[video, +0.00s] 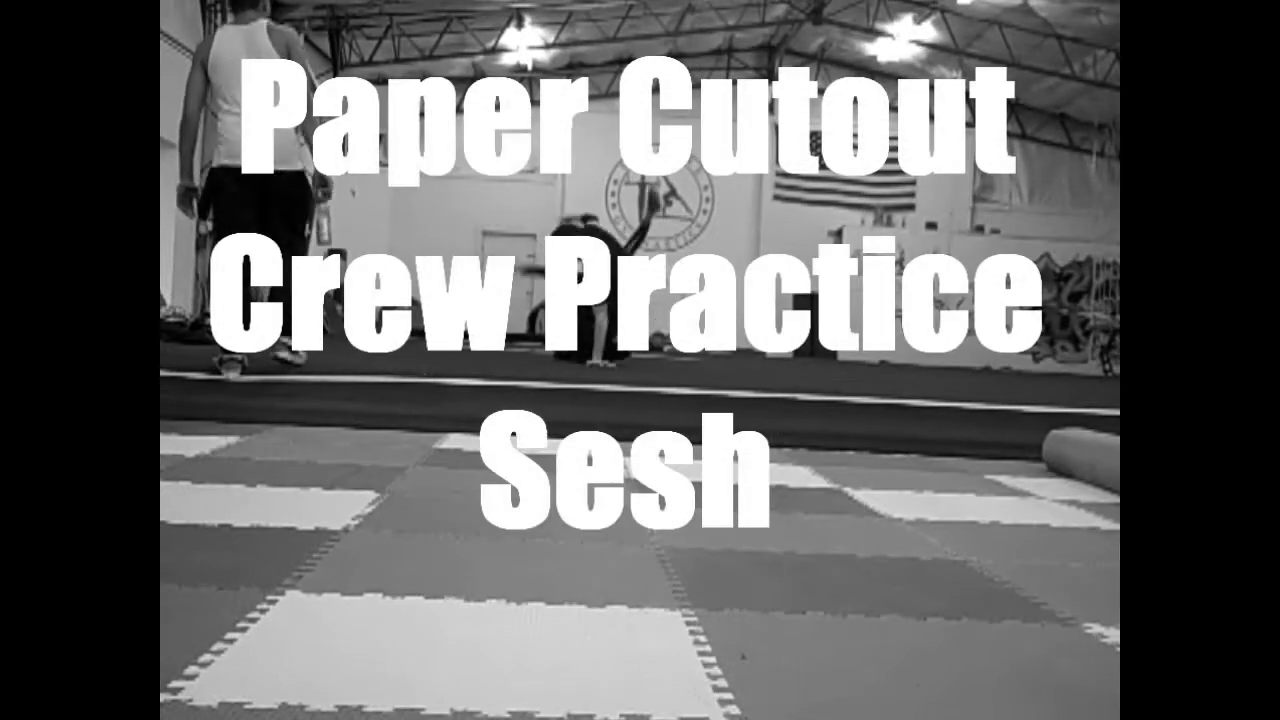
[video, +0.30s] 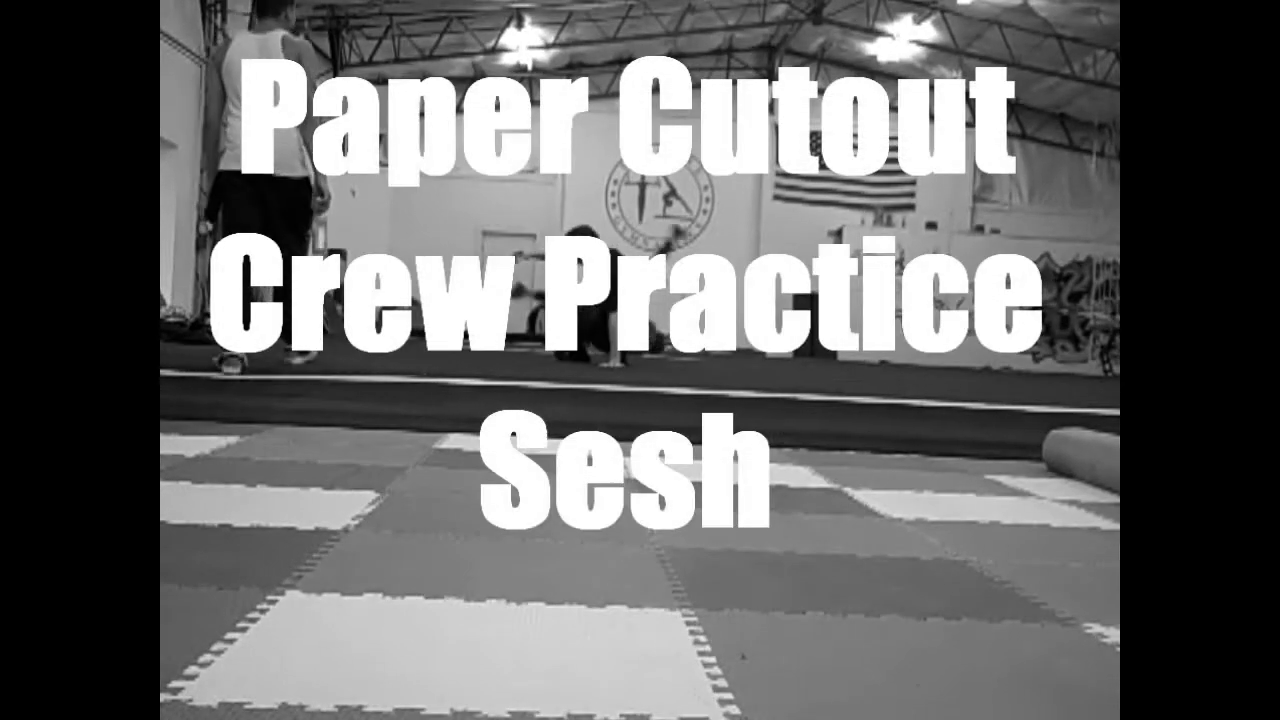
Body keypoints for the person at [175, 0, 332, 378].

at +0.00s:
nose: (269, 9)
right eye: (269, 6)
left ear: (228, 6)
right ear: (266, 5)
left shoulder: (209, 45)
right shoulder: (288, 38)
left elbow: (190, 118)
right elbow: (310, 108)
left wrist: (186, 179)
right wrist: (321, 167)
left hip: (230, 176)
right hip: (287, 175)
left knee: (229, 265)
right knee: (290, 261)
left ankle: (231, 355)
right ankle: (288, 341)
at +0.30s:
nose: (294, 14)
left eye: (290, 10)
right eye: (293, 10)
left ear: (254, 11)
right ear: (289, 11)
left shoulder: (225, 49)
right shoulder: (300, 48)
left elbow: (214, 121)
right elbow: (310, 121)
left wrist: (209, 182)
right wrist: (320, 176)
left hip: (236, 175)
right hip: (288, 178)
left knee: (234, 263)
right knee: (292, 262)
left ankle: (234, 350)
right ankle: (298, 344)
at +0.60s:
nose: (332, 23)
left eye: (332, 16)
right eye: (332, 16)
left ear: (294, 14)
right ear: (326, 17)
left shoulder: (261, 48)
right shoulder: (325, 54)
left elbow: (241, 116)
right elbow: (336, 122)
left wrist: (234, 175)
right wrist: (337, 183)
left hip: (258, 175)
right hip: (304, 178)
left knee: (250, 258)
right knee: (302, 264)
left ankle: (235, 341)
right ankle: (300, 346)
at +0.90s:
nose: (346, 27)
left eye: (343, 19)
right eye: (345, 20)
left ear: (307, 17)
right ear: (338, 21)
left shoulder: (279, 51)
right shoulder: (341, 62)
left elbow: (258, 113)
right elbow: (355, 129)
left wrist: (252, 173)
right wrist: (359, 186)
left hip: (271, 177)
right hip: (314, 181)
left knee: (267, 258)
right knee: (306, 266)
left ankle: (255, 337)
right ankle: (299, 347)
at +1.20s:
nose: (340, 33)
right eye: (340, 28)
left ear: (302, 26)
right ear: (336, 29)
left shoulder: (281, 62)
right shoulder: (340, 66)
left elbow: (262, 121)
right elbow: (357, 133)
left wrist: (258, 172)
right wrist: (364, 190)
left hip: (279, 181)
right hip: (320, 182)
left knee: (280, 261)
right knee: (309, 265)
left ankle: (281, 339)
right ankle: (301, 345)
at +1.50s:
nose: (328, 37)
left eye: (324, 33)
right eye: (327, 32)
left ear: (289, 34)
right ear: (321, 33)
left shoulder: (273, 70)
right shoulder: (336, 69)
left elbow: (256, 134)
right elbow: (350, 132)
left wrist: (255, 190)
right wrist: (354, 187)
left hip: (281, 188)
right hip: (325, 187)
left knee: (290, 267)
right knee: (317, 267)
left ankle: (294, 341)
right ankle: (304, 343)